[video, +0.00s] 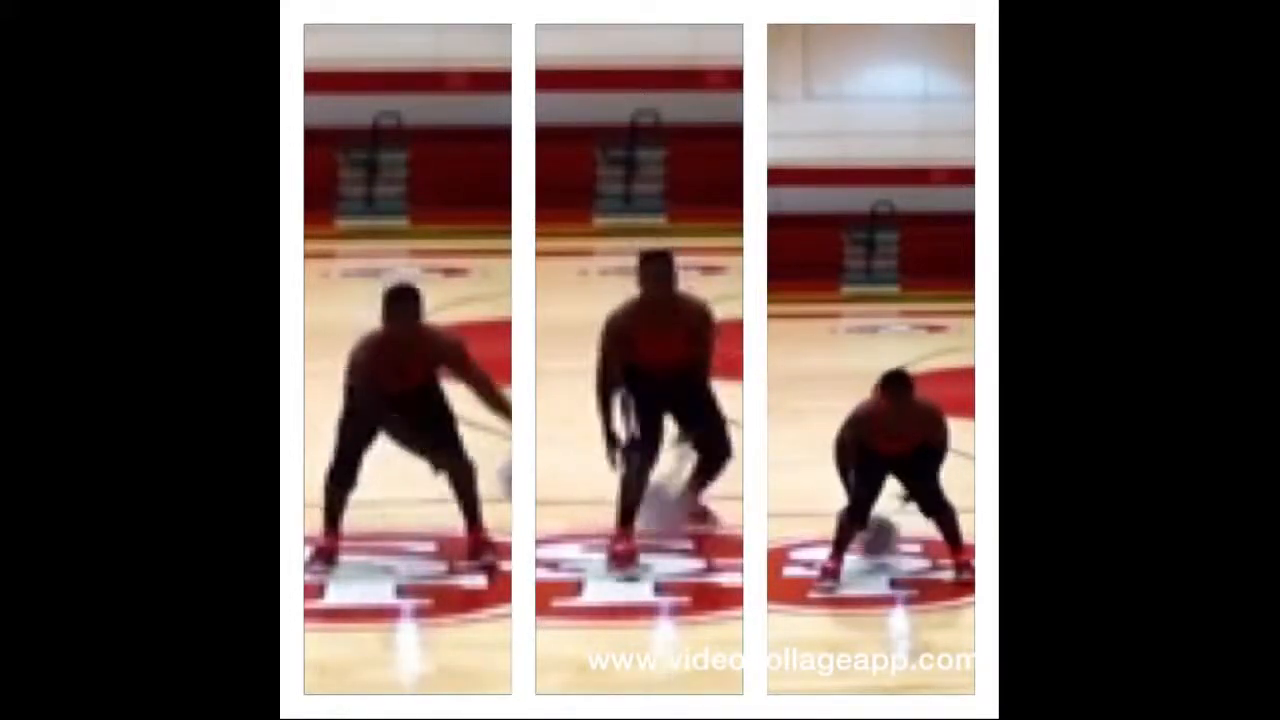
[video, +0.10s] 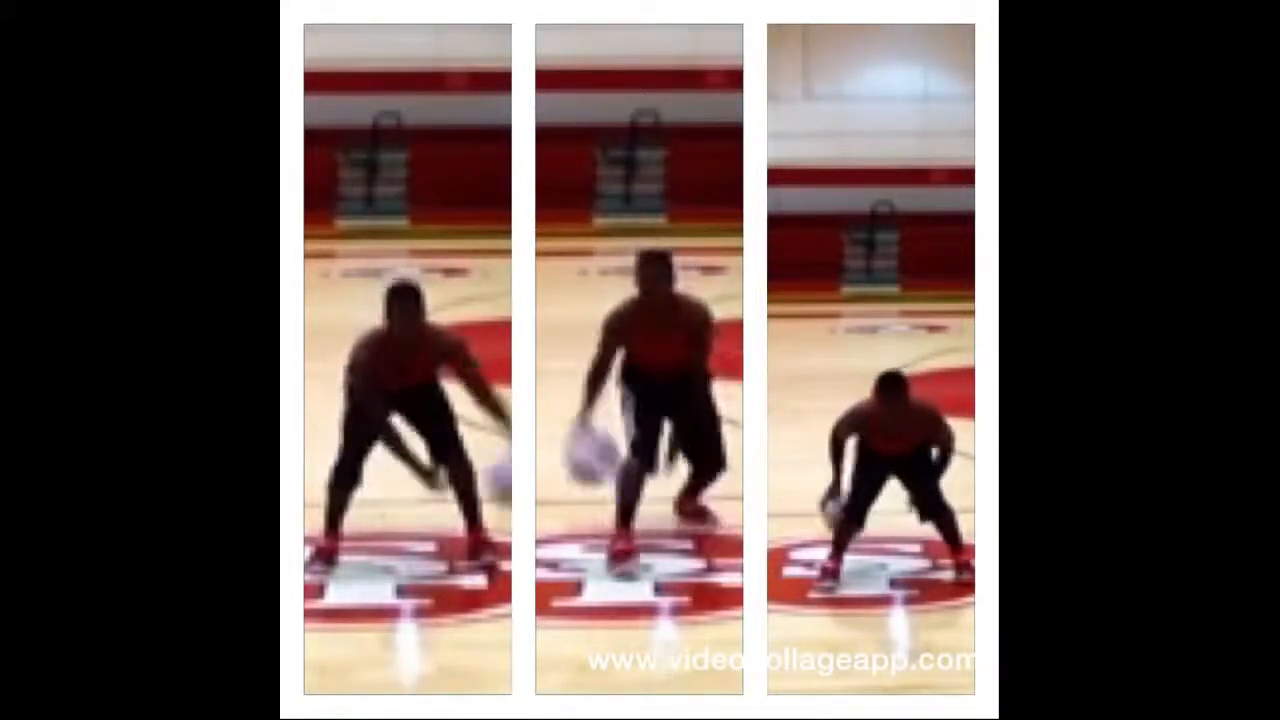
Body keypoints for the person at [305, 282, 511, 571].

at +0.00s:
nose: (402, 327)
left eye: (409, 318)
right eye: (396, 319)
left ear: (419, 316)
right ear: (385, 318)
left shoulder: (437, 345)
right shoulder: (368, 354)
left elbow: (478, 381)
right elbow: (357, 414)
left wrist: (510, 415)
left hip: (420, 405)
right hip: (369, 406)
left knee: (459, 466)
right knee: (340, 474)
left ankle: (476, 537)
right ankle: (329, 541)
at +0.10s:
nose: (406, 326)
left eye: (412, 316)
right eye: (399, 317)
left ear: (422, 314)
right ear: (388, 316)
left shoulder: (441, 344)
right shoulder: (367, 353)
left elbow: (479, 389)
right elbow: (381, 423)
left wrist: (509, 425)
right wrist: (421, 470)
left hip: (419, 392)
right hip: (371, 397)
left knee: (456, 458)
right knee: (347, 469)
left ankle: (476, 535)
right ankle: (330, 539)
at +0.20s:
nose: (401, 323)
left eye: (407, 313)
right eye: (393, 313)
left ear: (418, 311)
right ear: (383, 312)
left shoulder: (440, 345)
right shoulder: (362, 349)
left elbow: (444, 408)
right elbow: (354, 419)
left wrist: (427, 464)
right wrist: (362, 480)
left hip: (423, 395)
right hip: (373, 395)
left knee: (456, 457)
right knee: (348, 459)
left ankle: (476, 533)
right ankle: (330, 538)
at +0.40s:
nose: (392, 328)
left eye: (399, 319)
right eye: (386, 319)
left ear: (411, 315)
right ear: (376, 316)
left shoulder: (432, 346)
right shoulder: (355, 349)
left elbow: (424, 419)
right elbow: (340, 406)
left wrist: (398, 464)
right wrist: (333, 444)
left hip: (423, 399)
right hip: (372, 399)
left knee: (457, 464)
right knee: (343, 465)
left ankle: (476, 534)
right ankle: (328, 545)